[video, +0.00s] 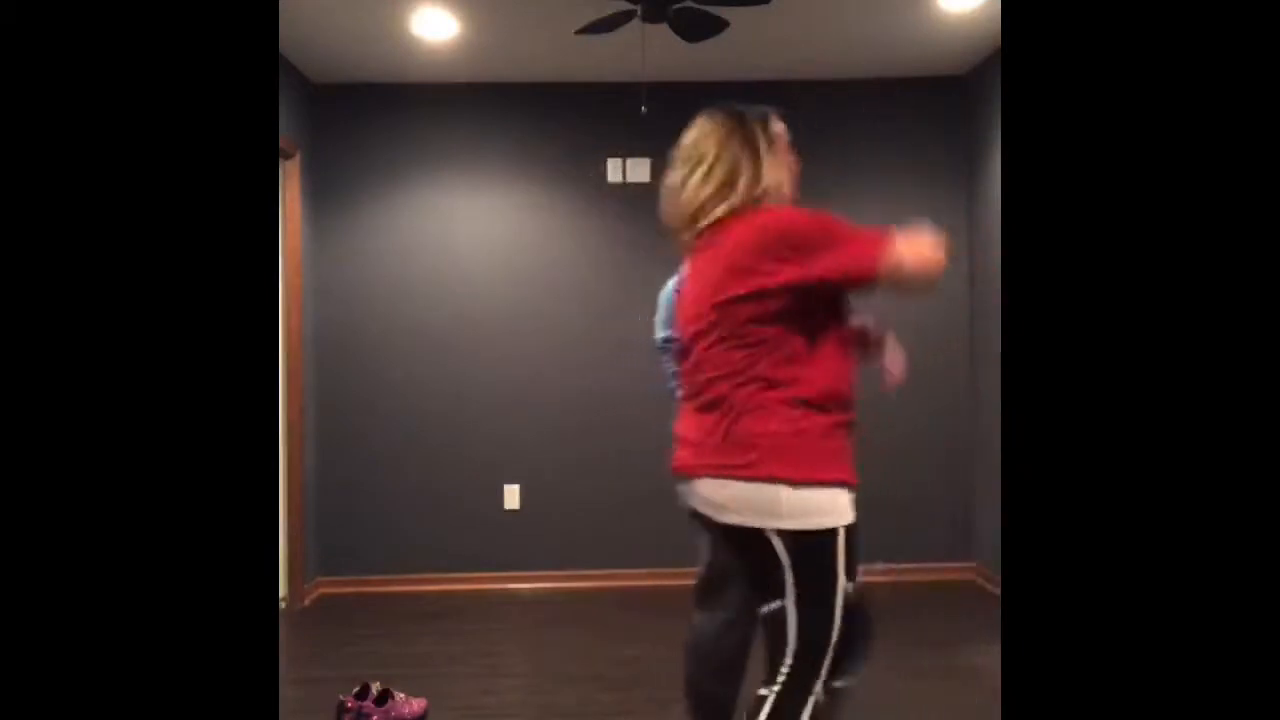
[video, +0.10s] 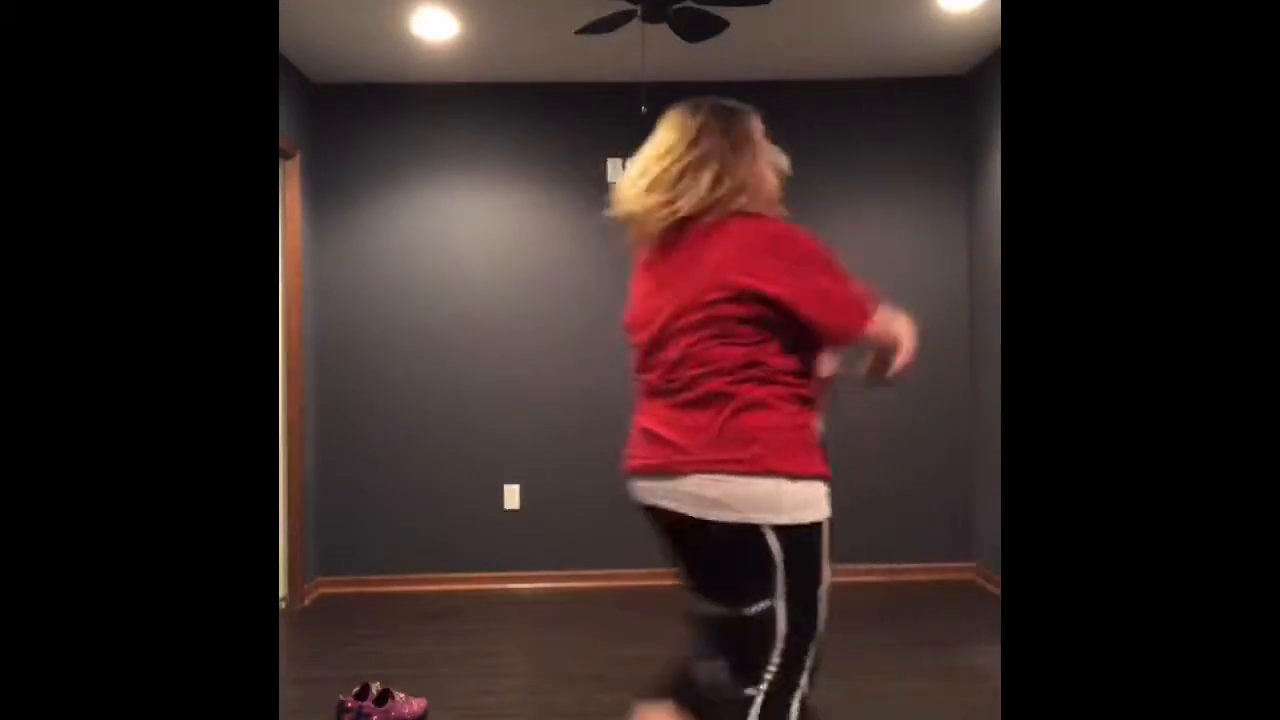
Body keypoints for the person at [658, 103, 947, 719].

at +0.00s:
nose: (794, 162)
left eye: (789, 148)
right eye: (784, 150)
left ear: (713, 166)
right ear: (755, 162)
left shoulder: (712, 244)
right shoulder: (773, 231)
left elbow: (776, 334)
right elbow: (920, 257)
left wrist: (861, 341)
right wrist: (918, 239)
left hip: (726, 480)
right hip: (789, 485)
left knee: (841, 635)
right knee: (811, 658)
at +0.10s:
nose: (781, 161)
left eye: (772, 144)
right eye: (766, 147)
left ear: (685, 165)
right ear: (733, 164)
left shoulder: (659, 249)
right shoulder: (761, 241)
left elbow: (718, 346)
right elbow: (873, 324)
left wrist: (813, 359)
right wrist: (894, 344)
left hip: (669, 481)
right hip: (761, 486)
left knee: (725, 635)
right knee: (783, 661)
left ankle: (672, 703)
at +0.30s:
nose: (716, 164)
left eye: (711, 151)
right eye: (708, 152)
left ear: (616, 159)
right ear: (688, 161)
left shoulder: (582, 242)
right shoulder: (731, 250)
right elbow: (767, 353)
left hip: (583, 489)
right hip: (698, 494)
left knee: (583, 675)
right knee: (731, 665)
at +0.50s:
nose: (680, 172)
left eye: (681, 160)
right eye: (676, 159)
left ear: (593, 166)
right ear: (657, 167)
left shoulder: (565, 245)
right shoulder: (697, 254)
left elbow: (640, 236)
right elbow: (761, 369)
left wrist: (702, 193)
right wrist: (791, 350)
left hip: (555, 486)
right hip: (667, 497)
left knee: (562, 670)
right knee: (696, 654)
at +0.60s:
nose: (690, 178)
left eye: (688, 166)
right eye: (682, 165)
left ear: (604, 175)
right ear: (662, 175)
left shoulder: (583, 249)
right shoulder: (696, 260)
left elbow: (679, 224)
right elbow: (755, 384)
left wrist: (724, 165)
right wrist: (795, 363)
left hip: (569, 485)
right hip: (675, 496)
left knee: (578, 662)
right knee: (679, 659)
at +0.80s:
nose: (719, 178)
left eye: (715, 166)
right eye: (709, 167)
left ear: (646, 181)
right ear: (679, 180)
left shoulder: (629, 262)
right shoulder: (695, 264)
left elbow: (717, 263)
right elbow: (704, 370)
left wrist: (774, 201)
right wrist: (816, 374)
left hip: (625, 480)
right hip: (694, 490)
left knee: (667, 627)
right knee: (685, 650)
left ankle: (619, 707)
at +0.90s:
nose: (738, 179)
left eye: (732, 167)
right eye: (725, 168)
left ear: (675, 182)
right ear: (691, 180)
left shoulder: (664, 257)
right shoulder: (695, 262)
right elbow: (685, 367)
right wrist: (810, 369)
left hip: (664, 467)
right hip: (697, 475)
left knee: (743, 595)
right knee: (691, 646)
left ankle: (705, 699)